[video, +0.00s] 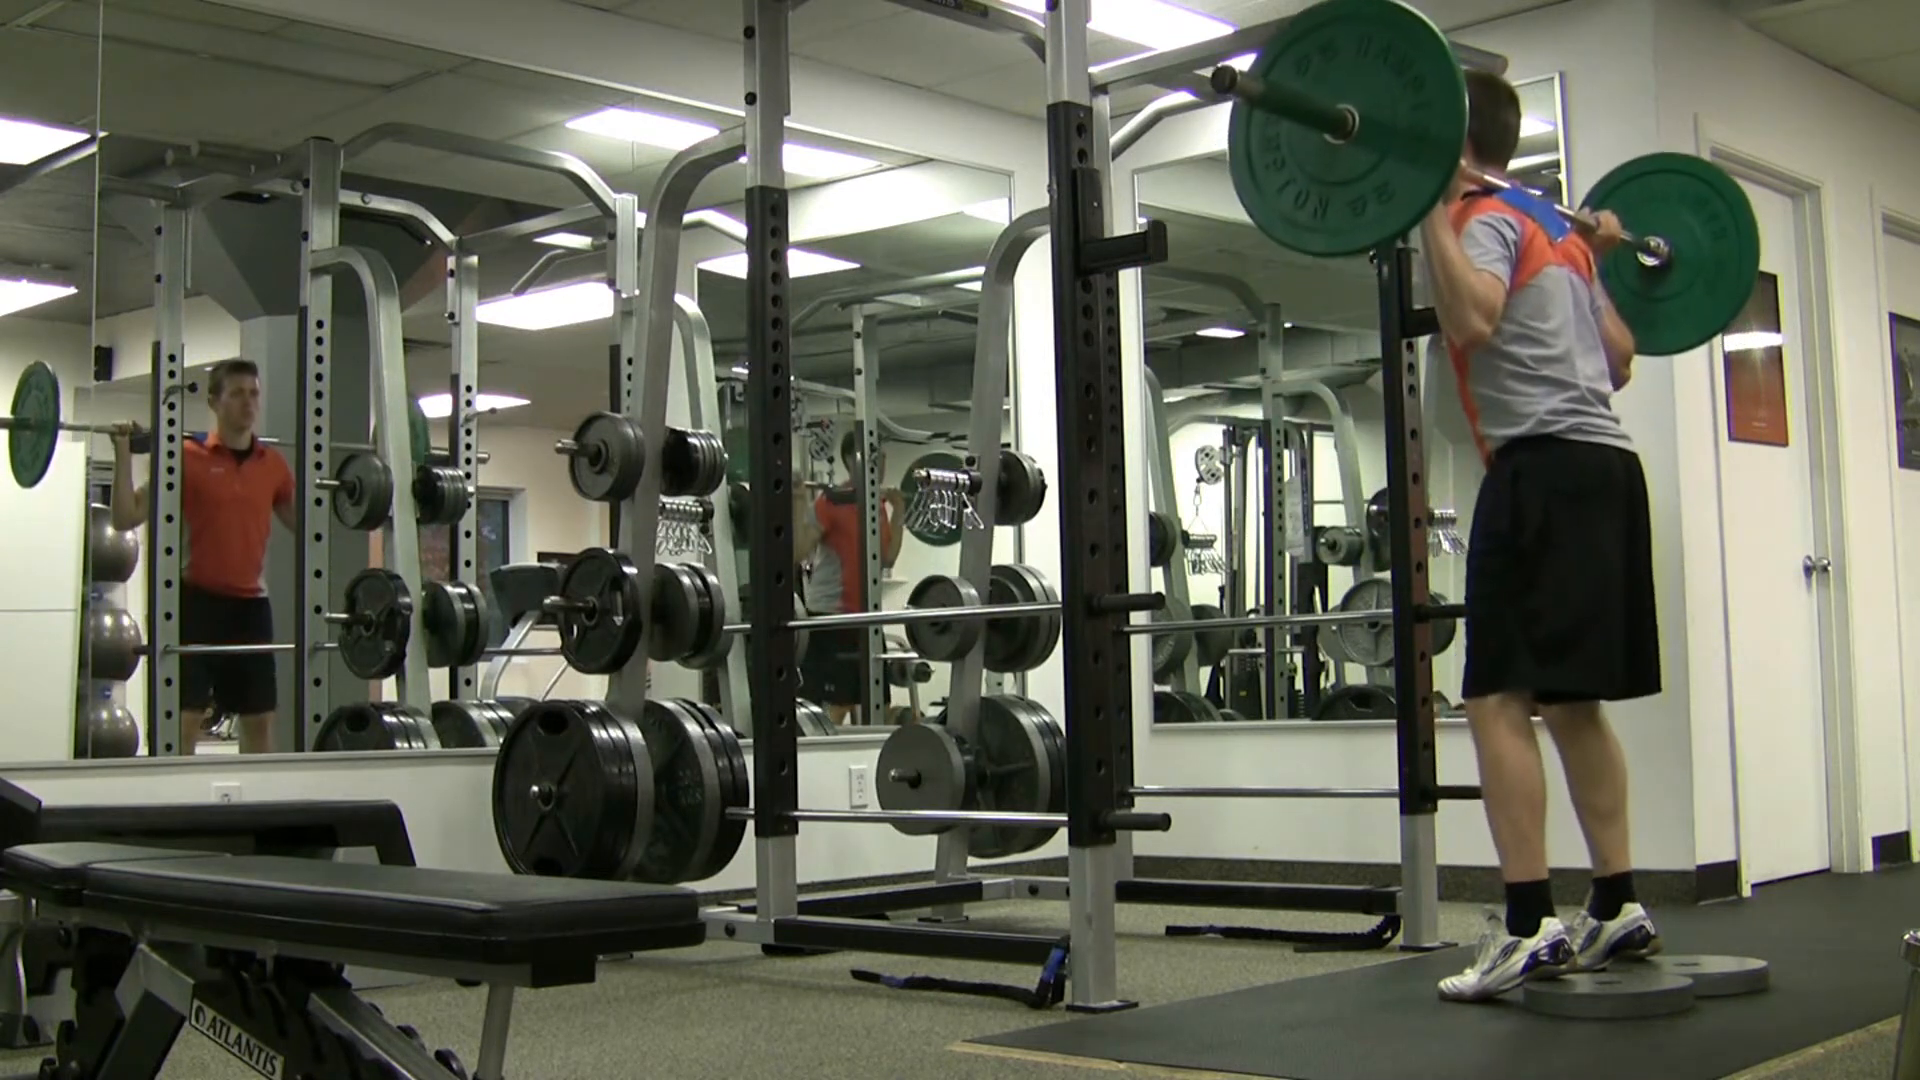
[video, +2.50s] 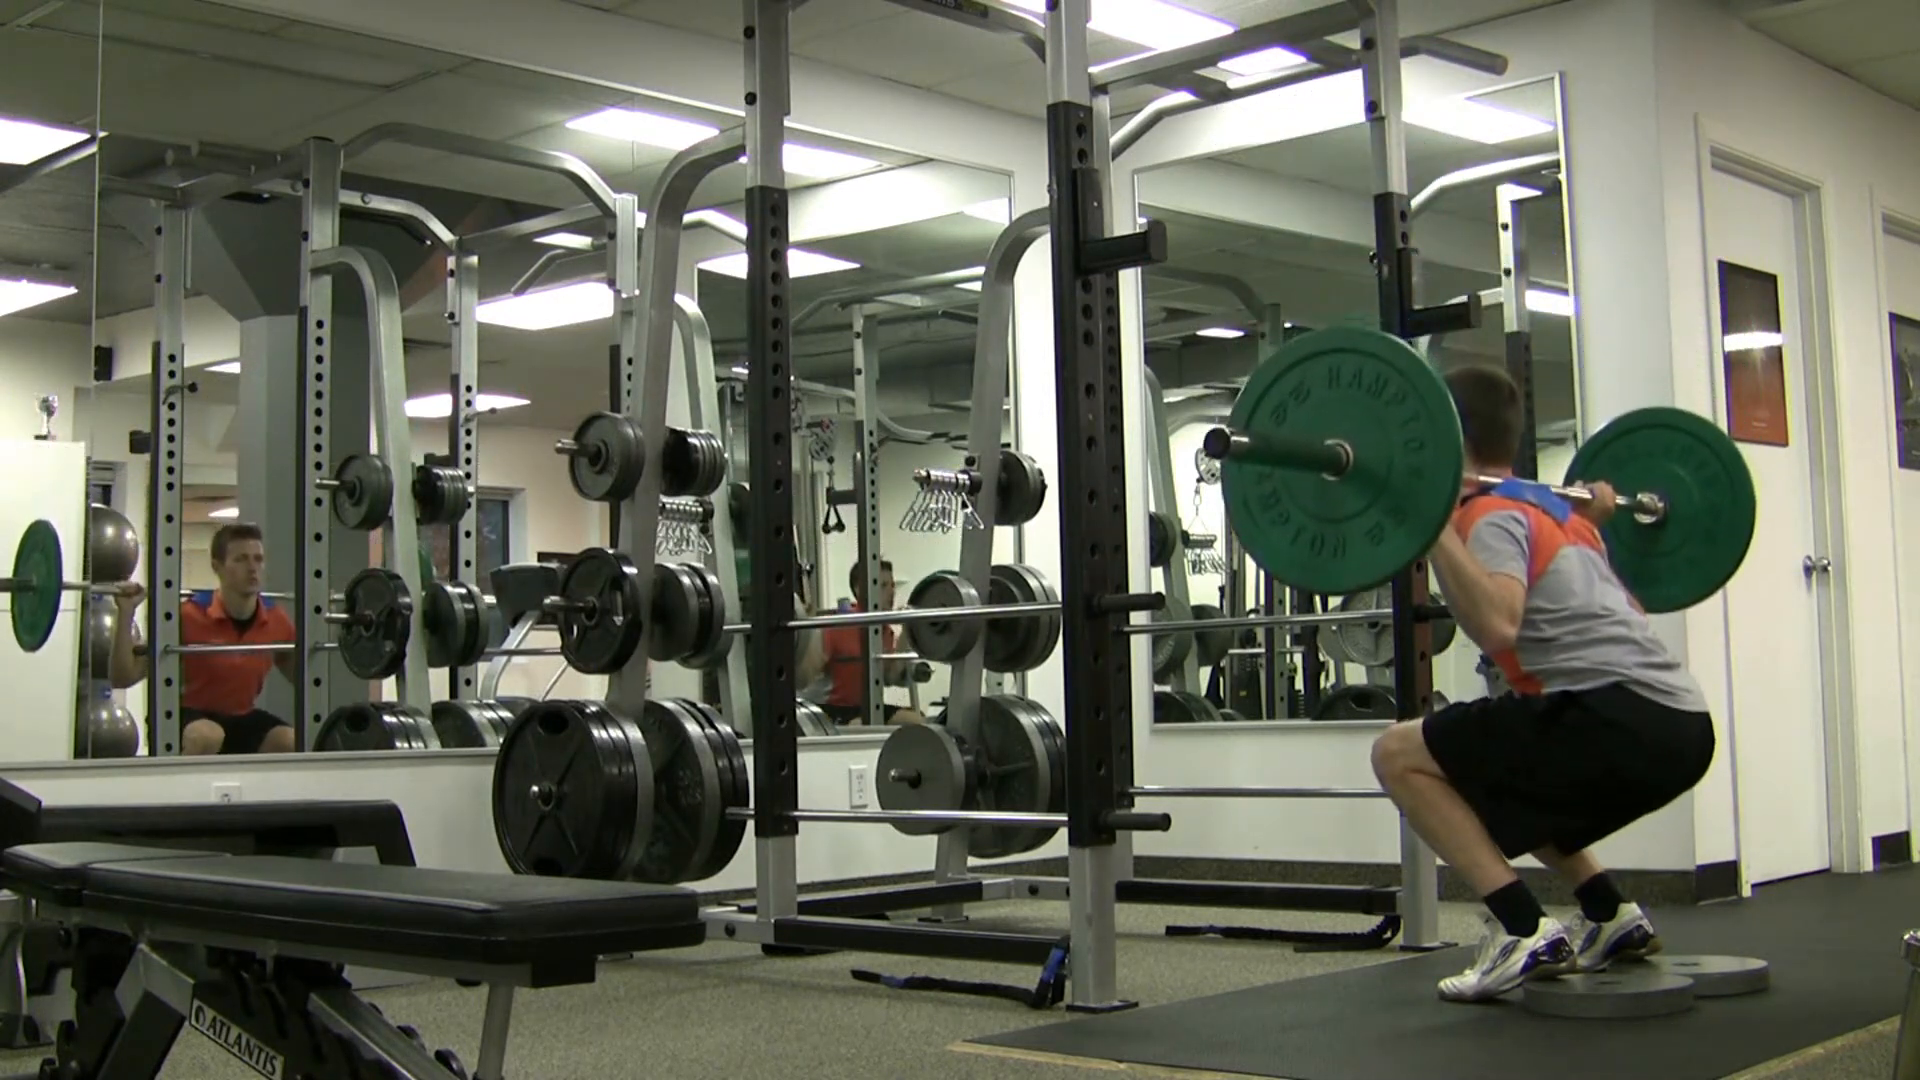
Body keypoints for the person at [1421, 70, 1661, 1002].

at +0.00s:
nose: (1428, 154)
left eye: (1432, 135)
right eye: (1437, 136)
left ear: (1454, 139)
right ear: (1512, 143)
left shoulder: (1485, 215)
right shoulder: (1561, 227)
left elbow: (1475, 324)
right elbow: (1618, 355)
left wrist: (1432, 215)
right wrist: (1601, 252)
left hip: (1541, 473)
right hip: (1604, 471)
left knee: (1495, 702)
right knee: (1573, 701)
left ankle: (1527, 929)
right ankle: (1618, 909)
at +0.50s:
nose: (1427, 144)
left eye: (1433, 125)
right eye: (1437, 125)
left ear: (1455, 133)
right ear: (1512, 135)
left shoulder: (1488, 209)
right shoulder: (1562, 221)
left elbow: (1475, 318)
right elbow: (1614, 354)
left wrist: (1432, 208)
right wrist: (1601, 245)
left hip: (1524, 471)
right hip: (1588, 470)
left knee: (1514, 696)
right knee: (1593, 697)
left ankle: (1530, 928)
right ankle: (1621, 910)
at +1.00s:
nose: (1429, 186)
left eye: (1433, 165)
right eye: (1437, 166)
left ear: (1452, 171)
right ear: (1510, 177)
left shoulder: (1486, 247)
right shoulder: (1559, 257)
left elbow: (1476, 353)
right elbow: (1616, 381)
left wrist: (1430, 246)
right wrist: (1596, 276)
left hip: (1550, 498)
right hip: (1617, 501)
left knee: (1450, 707)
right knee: (1537, 709)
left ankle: (1524, 929)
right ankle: (1614, 909)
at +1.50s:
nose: (1426, 291)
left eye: (1432, 273)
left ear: (1446, 282)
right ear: (1514, 284)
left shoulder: (1489, 352)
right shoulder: (1560, 361)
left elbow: (1488, 462)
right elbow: (1626, 466)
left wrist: (1435, 361)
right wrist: (1594, 373)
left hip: (1587, 577)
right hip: (1659, 584)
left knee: (1418, 734)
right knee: (1511, 745)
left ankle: (1523, 927)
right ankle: (1613, 911)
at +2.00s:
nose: (1424, 385)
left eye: (1429, 370)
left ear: (1443, 379)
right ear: (1514, 380)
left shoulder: (1493, 450)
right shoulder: (1562, 449)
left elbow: (1498, 563)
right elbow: (1622, 545)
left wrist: (1433, 460)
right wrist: (1596, 458)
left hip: (1603, 660)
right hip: (1680, 669)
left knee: (1406, 747)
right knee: (1509, 775)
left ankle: (1523, 929)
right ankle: (1612, 913)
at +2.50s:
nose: (1428, 440)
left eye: (1432, 427)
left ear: (1442, 438)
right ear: (1515, 441)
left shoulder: (1490, 515)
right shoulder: (1559, 508)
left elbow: (1498, 625)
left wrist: (1430, 523)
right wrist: (1592, 512)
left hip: (1616, 717)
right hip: (1681, 729)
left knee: (1399, 753)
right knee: (1495, 769)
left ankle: (1524, 930)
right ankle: (1609, 911)